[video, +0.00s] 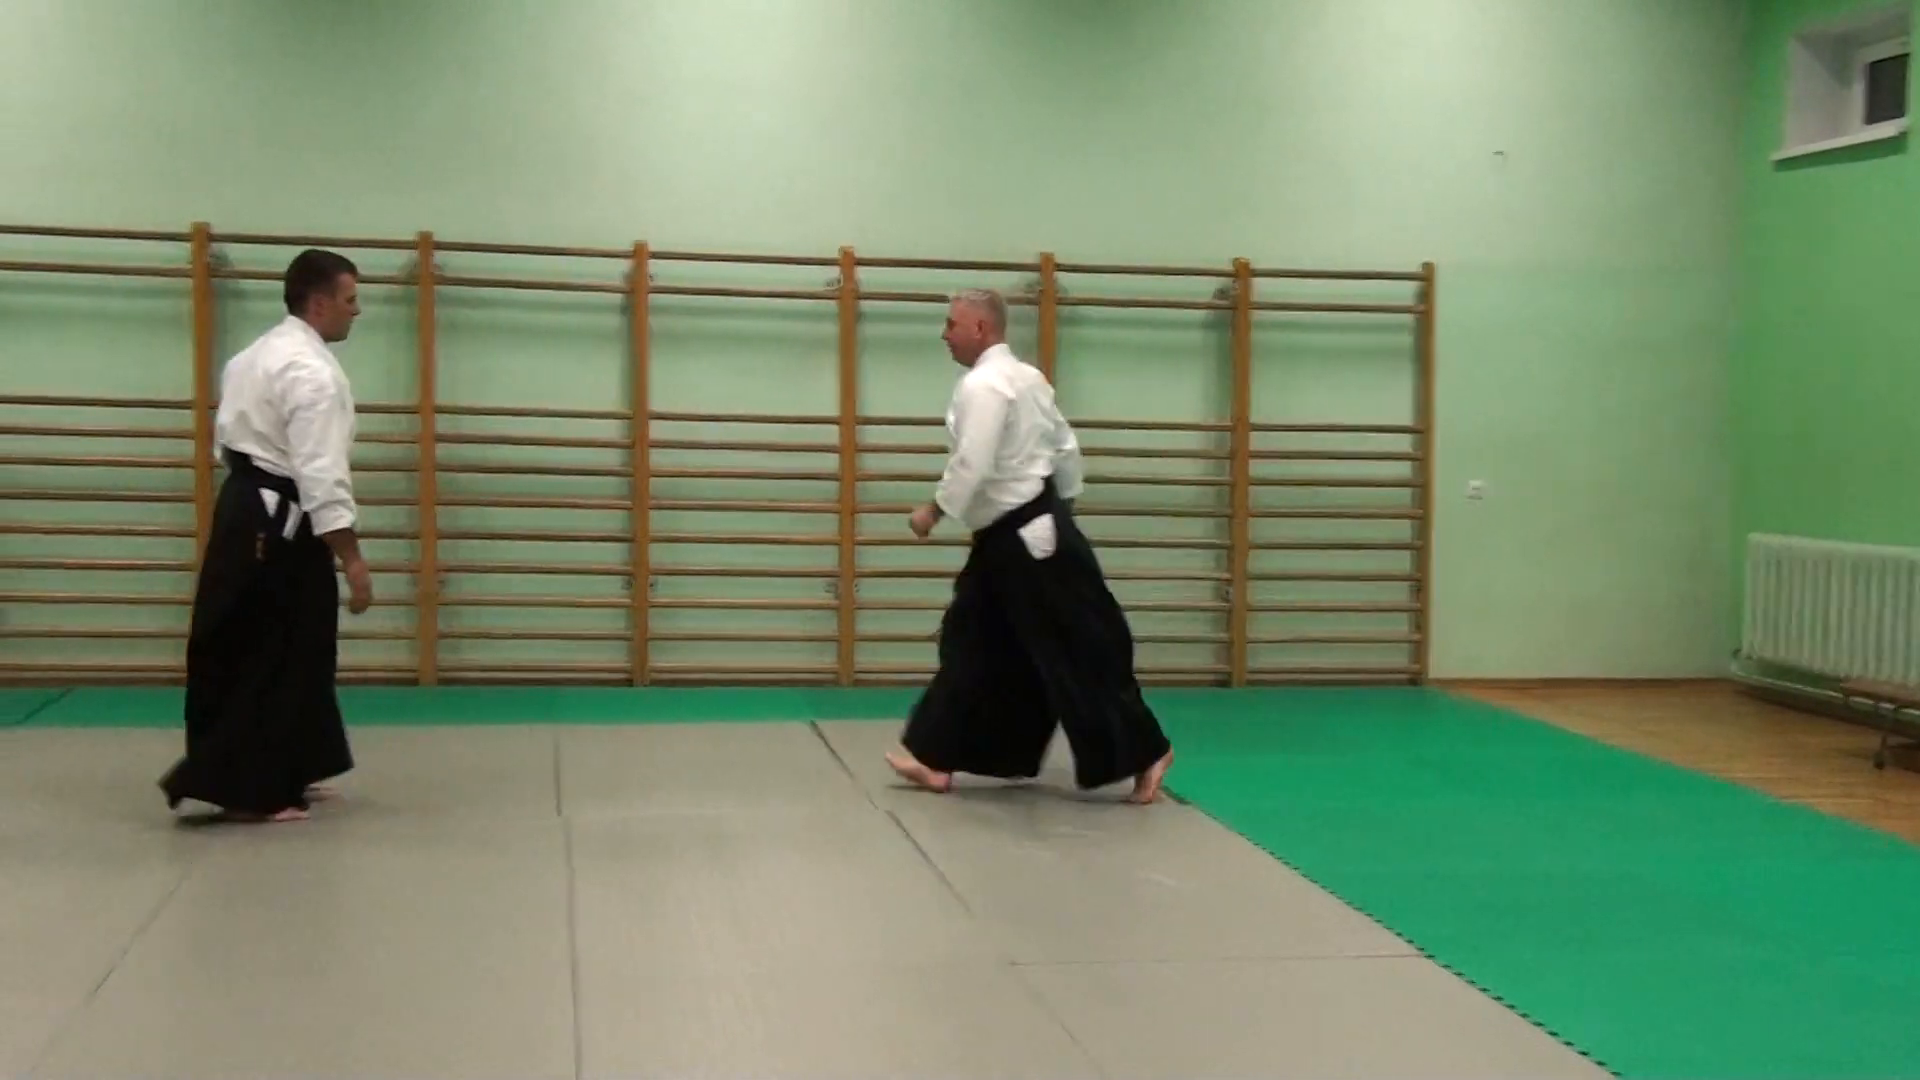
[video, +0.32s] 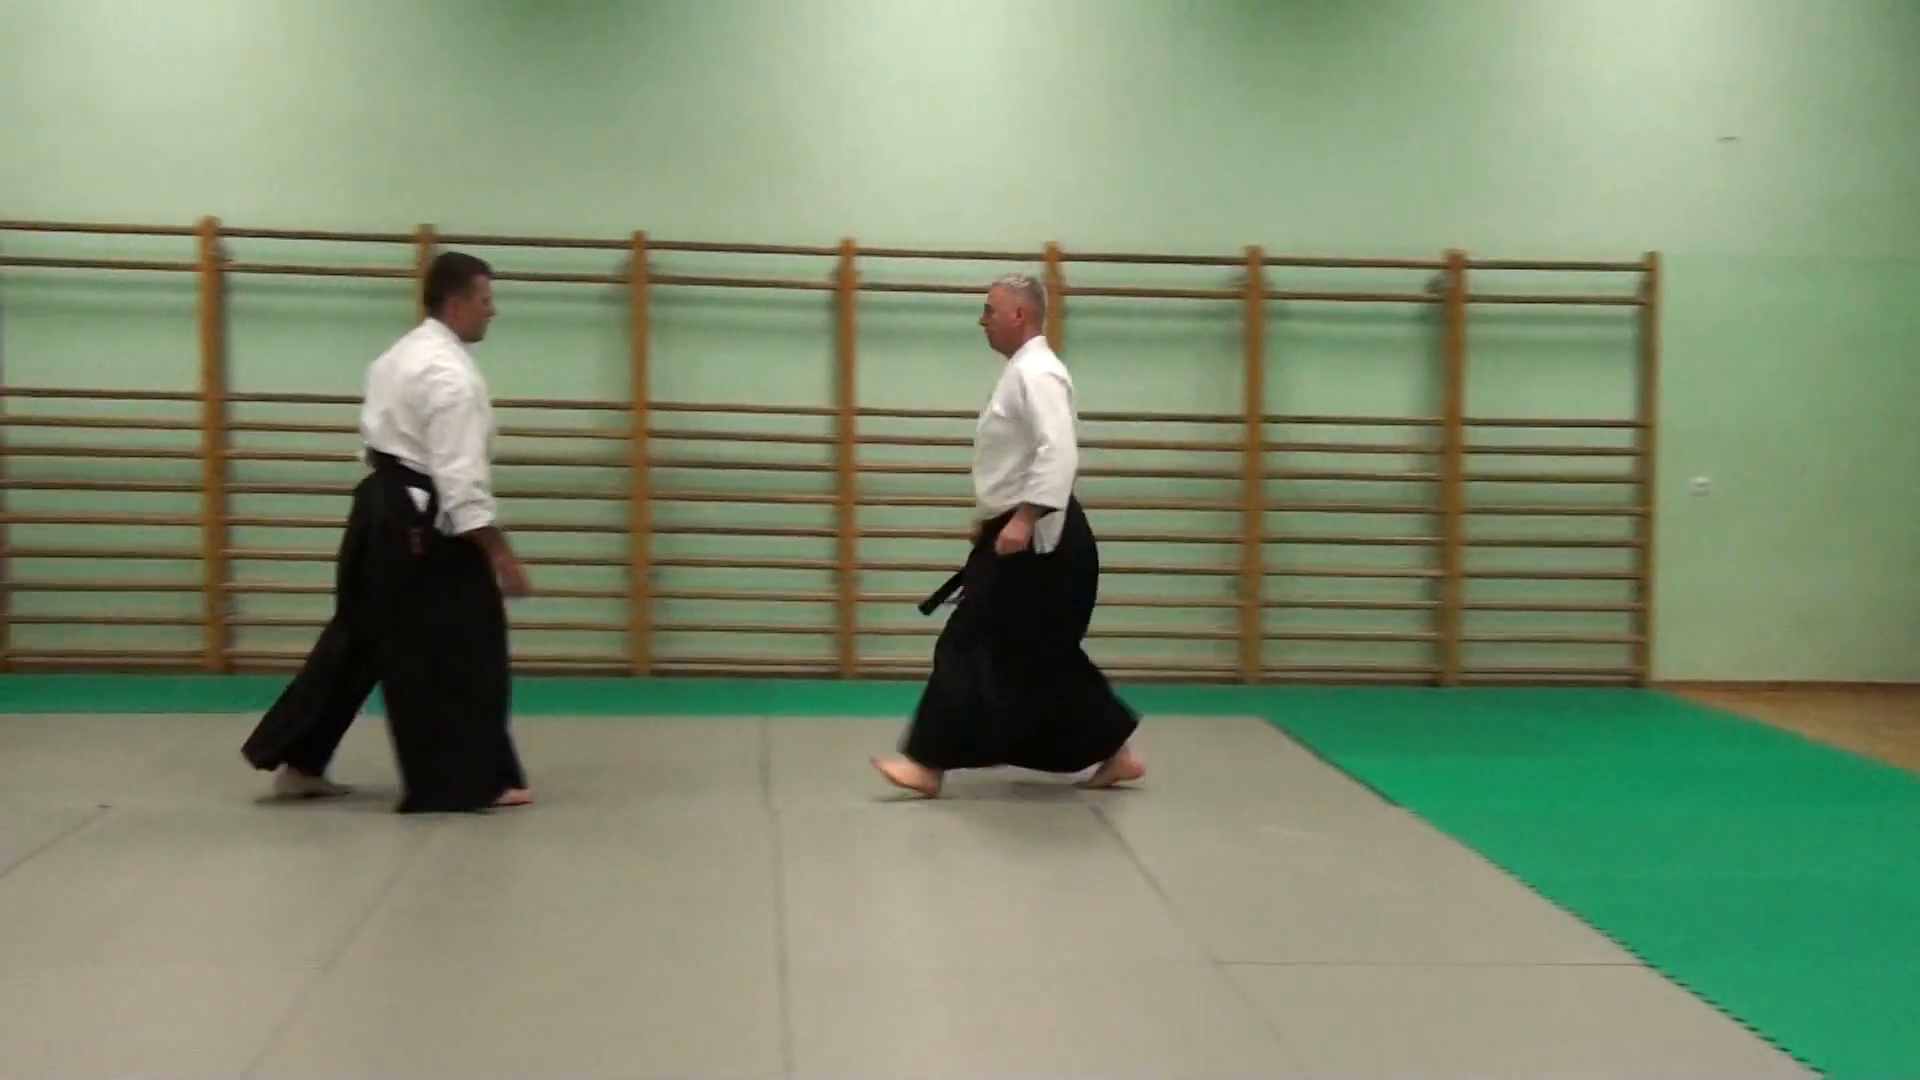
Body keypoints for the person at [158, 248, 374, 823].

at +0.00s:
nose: (356, 311)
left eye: (355, 300)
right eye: (349, 300)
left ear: (303, 301)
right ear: (315, 301)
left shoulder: (254, 354)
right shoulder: (313, 372)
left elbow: (228, 442)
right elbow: (320, 474)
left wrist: (262, 488)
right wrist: (352, 559)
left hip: (242, 514)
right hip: (285, 526)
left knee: (261, 645)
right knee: (289, 651)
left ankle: (284, 772)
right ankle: (255, 789)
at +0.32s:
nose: (491, 311)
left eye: (490, 300)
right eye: (484, 300)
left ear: (446, 303)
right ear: (454, 302)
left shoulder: (395, 357)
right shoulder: (453, 375)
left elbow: (377, 450)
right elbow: (460, 479)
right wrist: (499, 551)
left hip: (379, 513)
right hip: (429, 524)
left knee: (360, 638)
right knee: (471, 648)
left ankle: (301, 761)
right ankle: (482, 778)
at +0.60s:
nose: (595, 307)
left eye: (595, 296)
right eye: (589, 296)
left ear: (549, 296)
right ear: (558, 296)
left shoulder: (510, 345)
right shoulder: (563, 367)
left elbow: (561, 439)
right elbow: (599, 458)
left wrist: (641, 449)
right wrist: (666, 467)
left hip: (490, 498)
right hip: (535, 515)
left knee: (483, 631)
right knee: (586, 632)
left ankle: (442, 755)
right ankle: (607, 770)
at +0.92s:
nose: (701, 302)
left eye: (701, 293)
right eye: (694, 292)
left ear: (657, 295)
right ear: (665, 295)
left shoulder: (628, 342)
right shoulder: (670, 362)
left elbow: (705, 408)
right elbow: (726, 434)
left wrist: (777, 407)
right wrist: (797, 428)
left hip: (609, 495)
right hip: (650, 509)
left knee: (601, 626)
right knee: (698, 627)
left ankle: (575, 757)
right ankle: (706, 762)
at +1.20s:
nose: (795, 304)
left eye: (795, 293)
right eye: (791, 293)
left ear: (750, 293)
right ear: (765, 294)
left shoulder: (721, 340)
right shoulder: (768, 361)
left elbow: (800, 409)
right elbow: (811, 453)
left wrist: (861, 430)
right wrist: (868, 464)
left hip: (700, 493)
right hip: (744, 508)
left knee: (694, 623)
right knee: (789, 624)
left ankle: (662, 754)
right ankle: (793, 760)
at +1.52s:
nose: (820, 303)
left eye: (820, 293)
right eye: (816, 293)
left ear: (776, 293)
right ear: (790, 295)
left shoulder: (743, 340)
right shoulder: (792, 358)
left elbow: (813, 413)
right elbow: (830, 454)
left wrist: (877, 434)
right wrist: (884, 460)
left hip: (721, 490)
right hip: (766, 505)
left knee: (715, 623)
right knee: (813, 622)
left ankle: (687, 753)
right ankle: (825, 760)